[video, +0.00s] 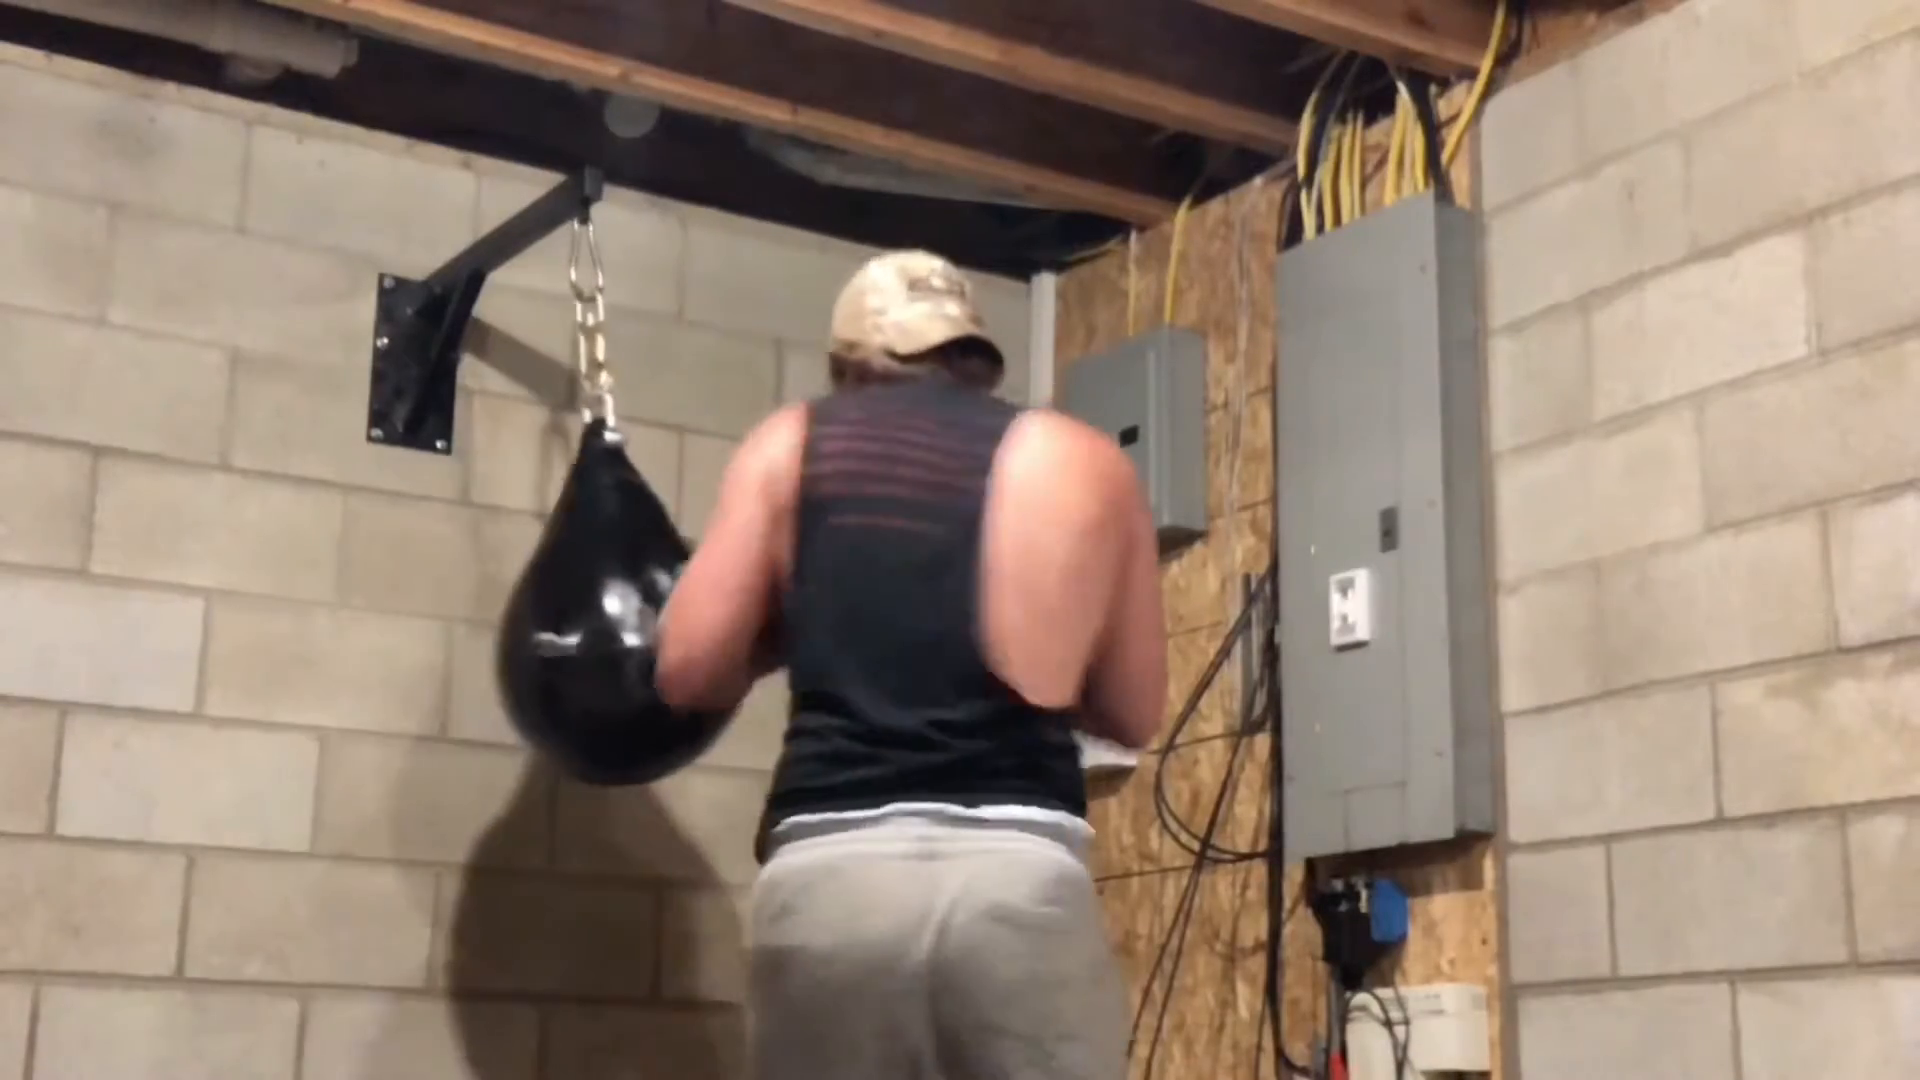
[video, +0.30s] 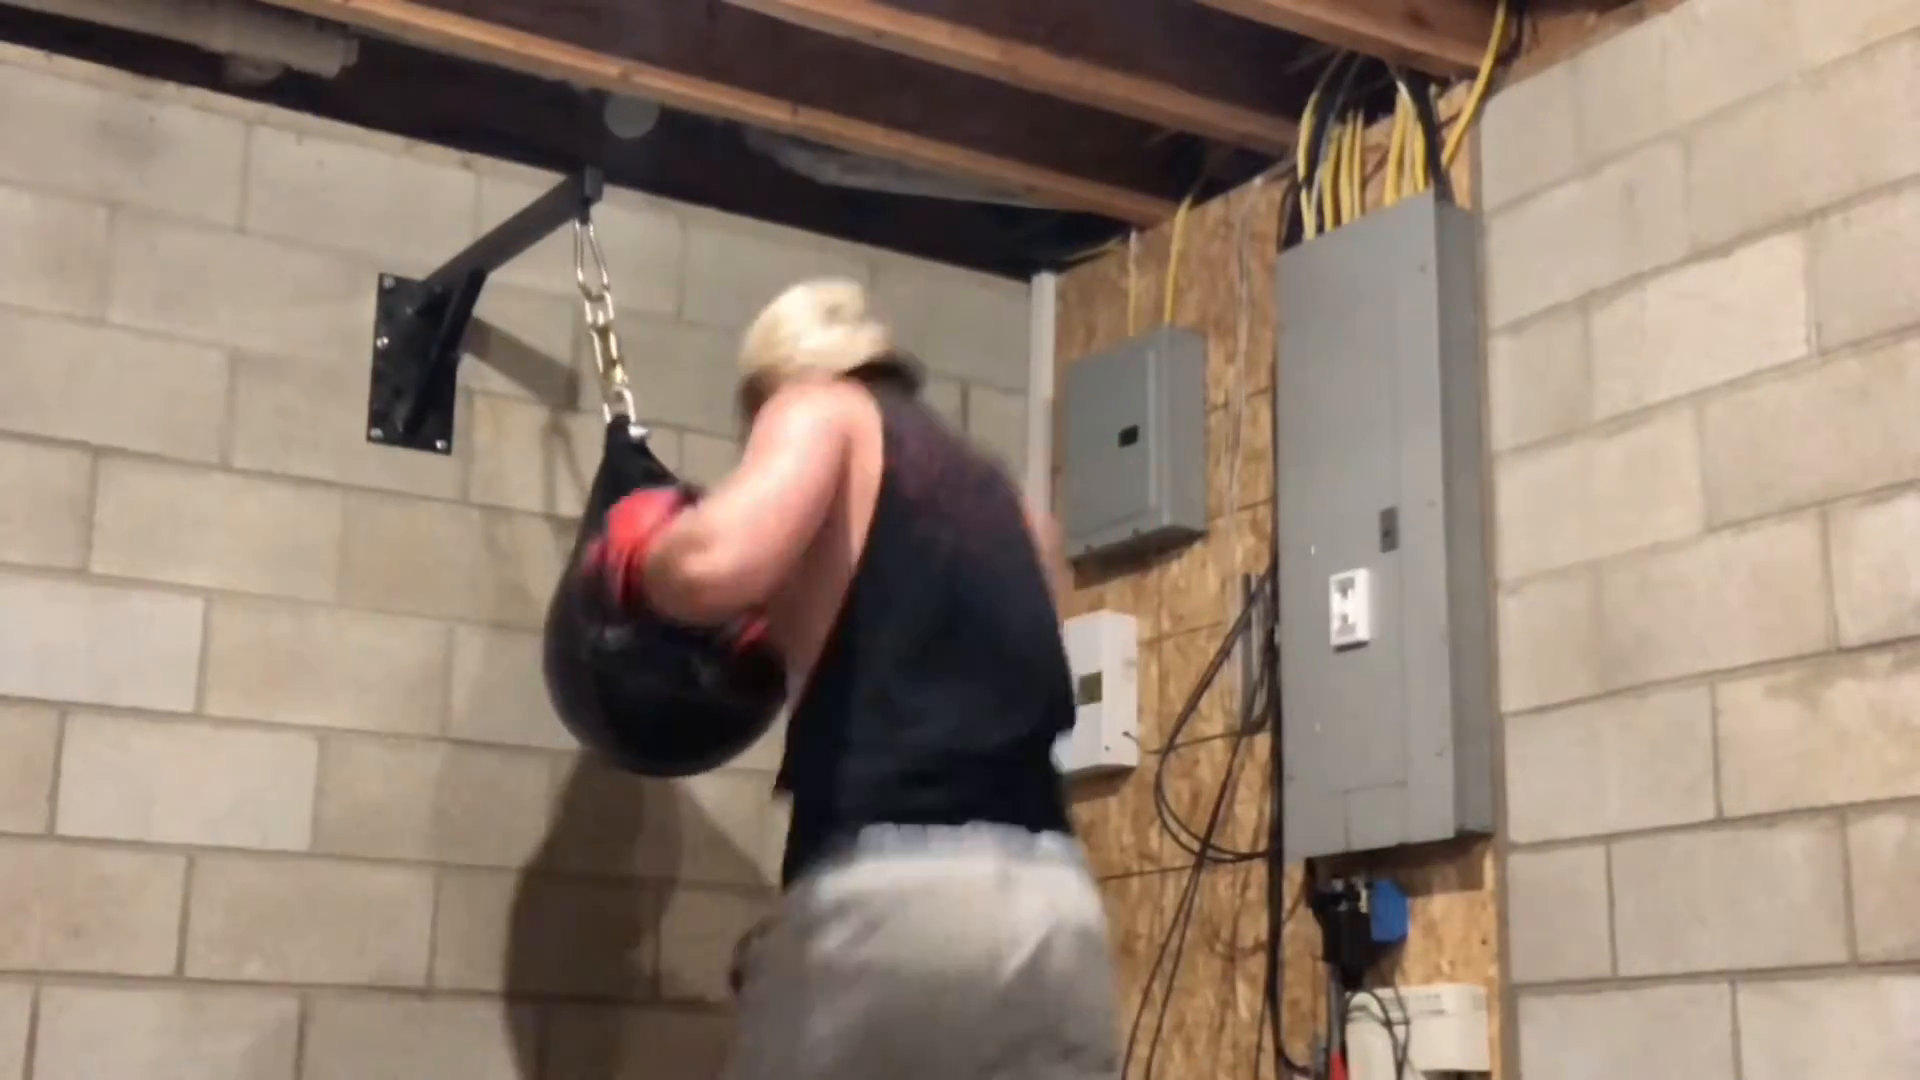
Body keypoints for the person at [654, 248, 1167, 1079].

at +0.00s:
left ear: (847, 359)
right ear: (975, 357)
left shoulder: (787, 442)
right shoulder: (1089, 461)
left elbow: (688, 675)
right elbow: (1134, 714)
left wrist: (798, 611)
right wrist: (1013, 635)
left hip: (825, 884)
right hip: (1025, 886)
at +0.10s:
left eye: (835, 361)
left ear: (848, 354)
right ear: (974, 358)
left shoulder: (817, 411)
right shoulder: (1091, 467)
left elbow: (706, 613)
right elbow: (1097, 723)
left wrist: (788, 602)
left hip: (857, 869)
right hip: (1052, 881)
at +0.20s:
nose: (796, 361)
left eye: (806, 351)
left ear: (830, 341)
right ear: (942, 342)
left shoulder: (828, 382)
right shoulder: (1061, 460)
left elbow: (716, 561)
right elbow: (1062, 642)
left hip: (880, 860)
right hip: (1061, 869)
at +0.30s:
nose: (761, 421)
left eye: (762, 404)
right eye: (758, 409)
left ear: (783, 376)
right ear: (884, 360)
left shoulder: (820, 408)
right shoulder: (999, 485)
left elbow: (721, 572)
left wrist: (639, 542)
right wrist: (795, 627)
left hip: (886, 902)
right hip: (1056, 899)